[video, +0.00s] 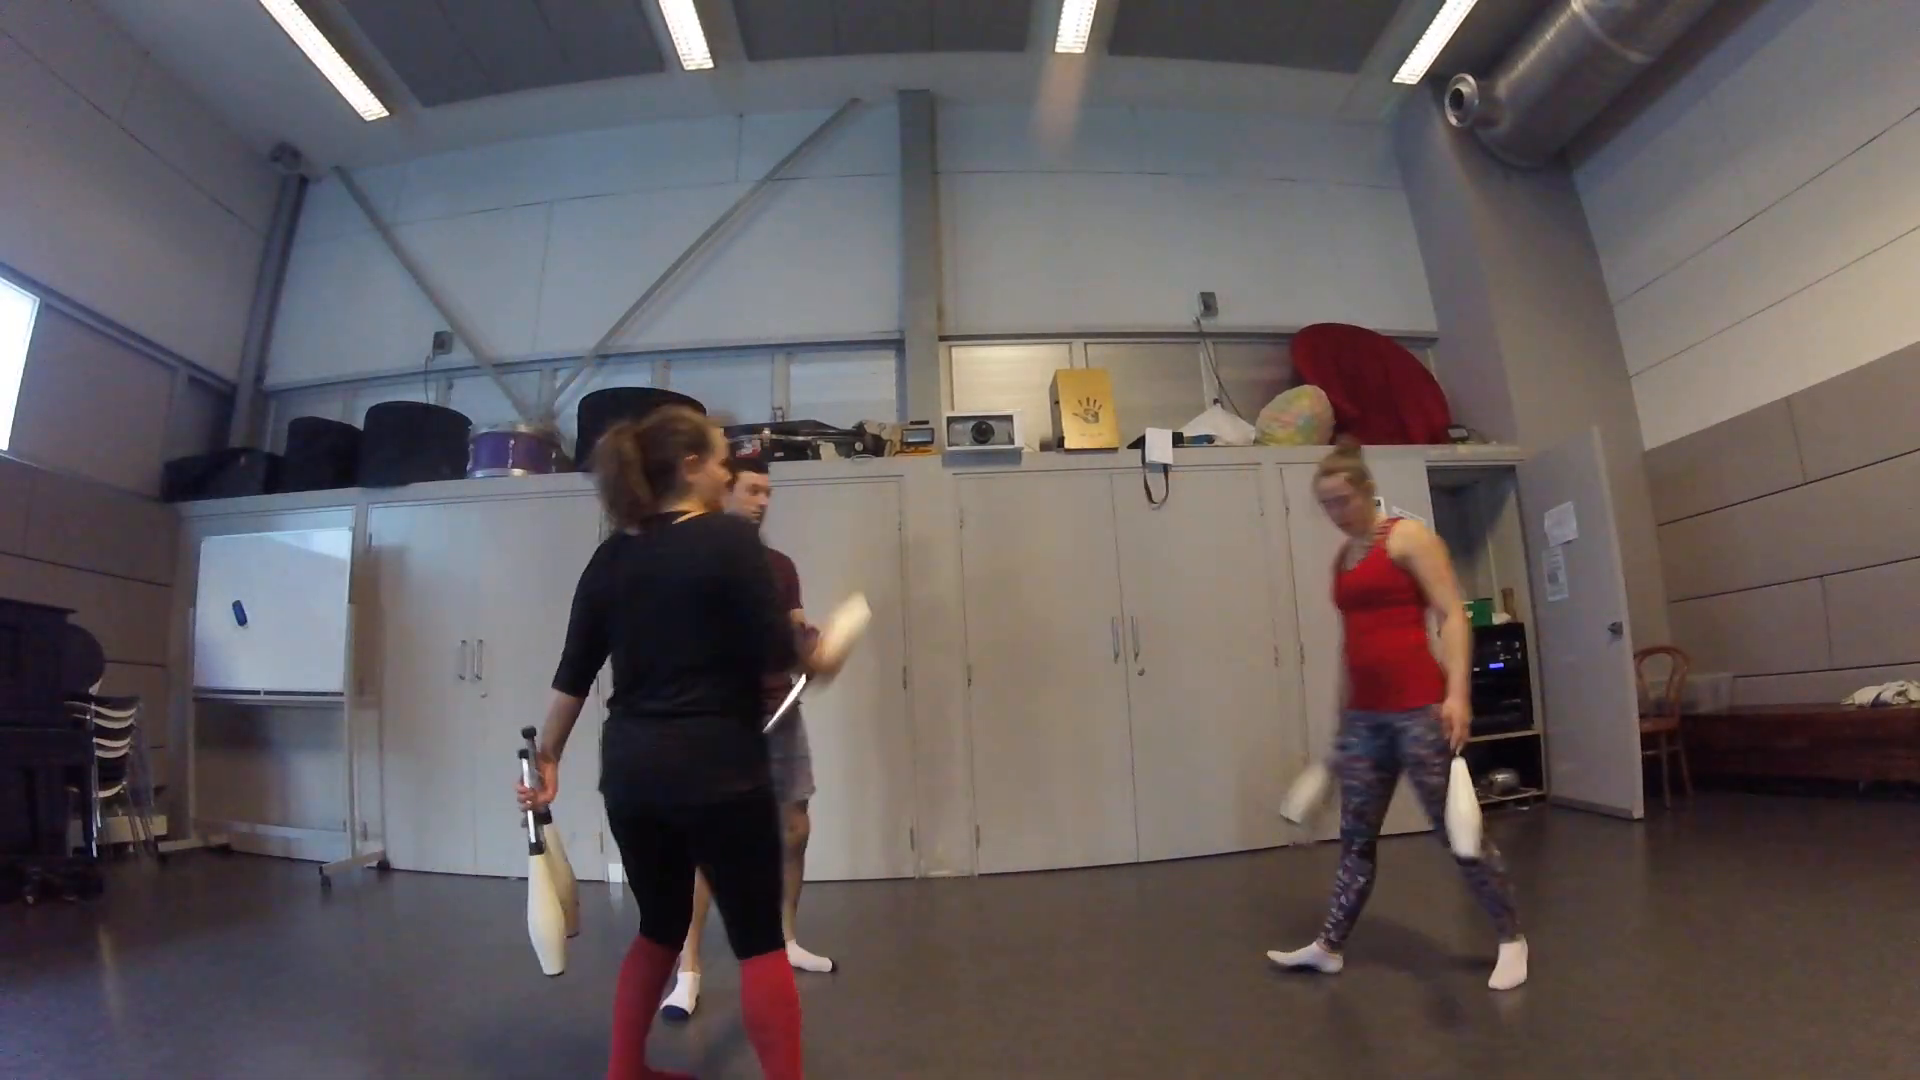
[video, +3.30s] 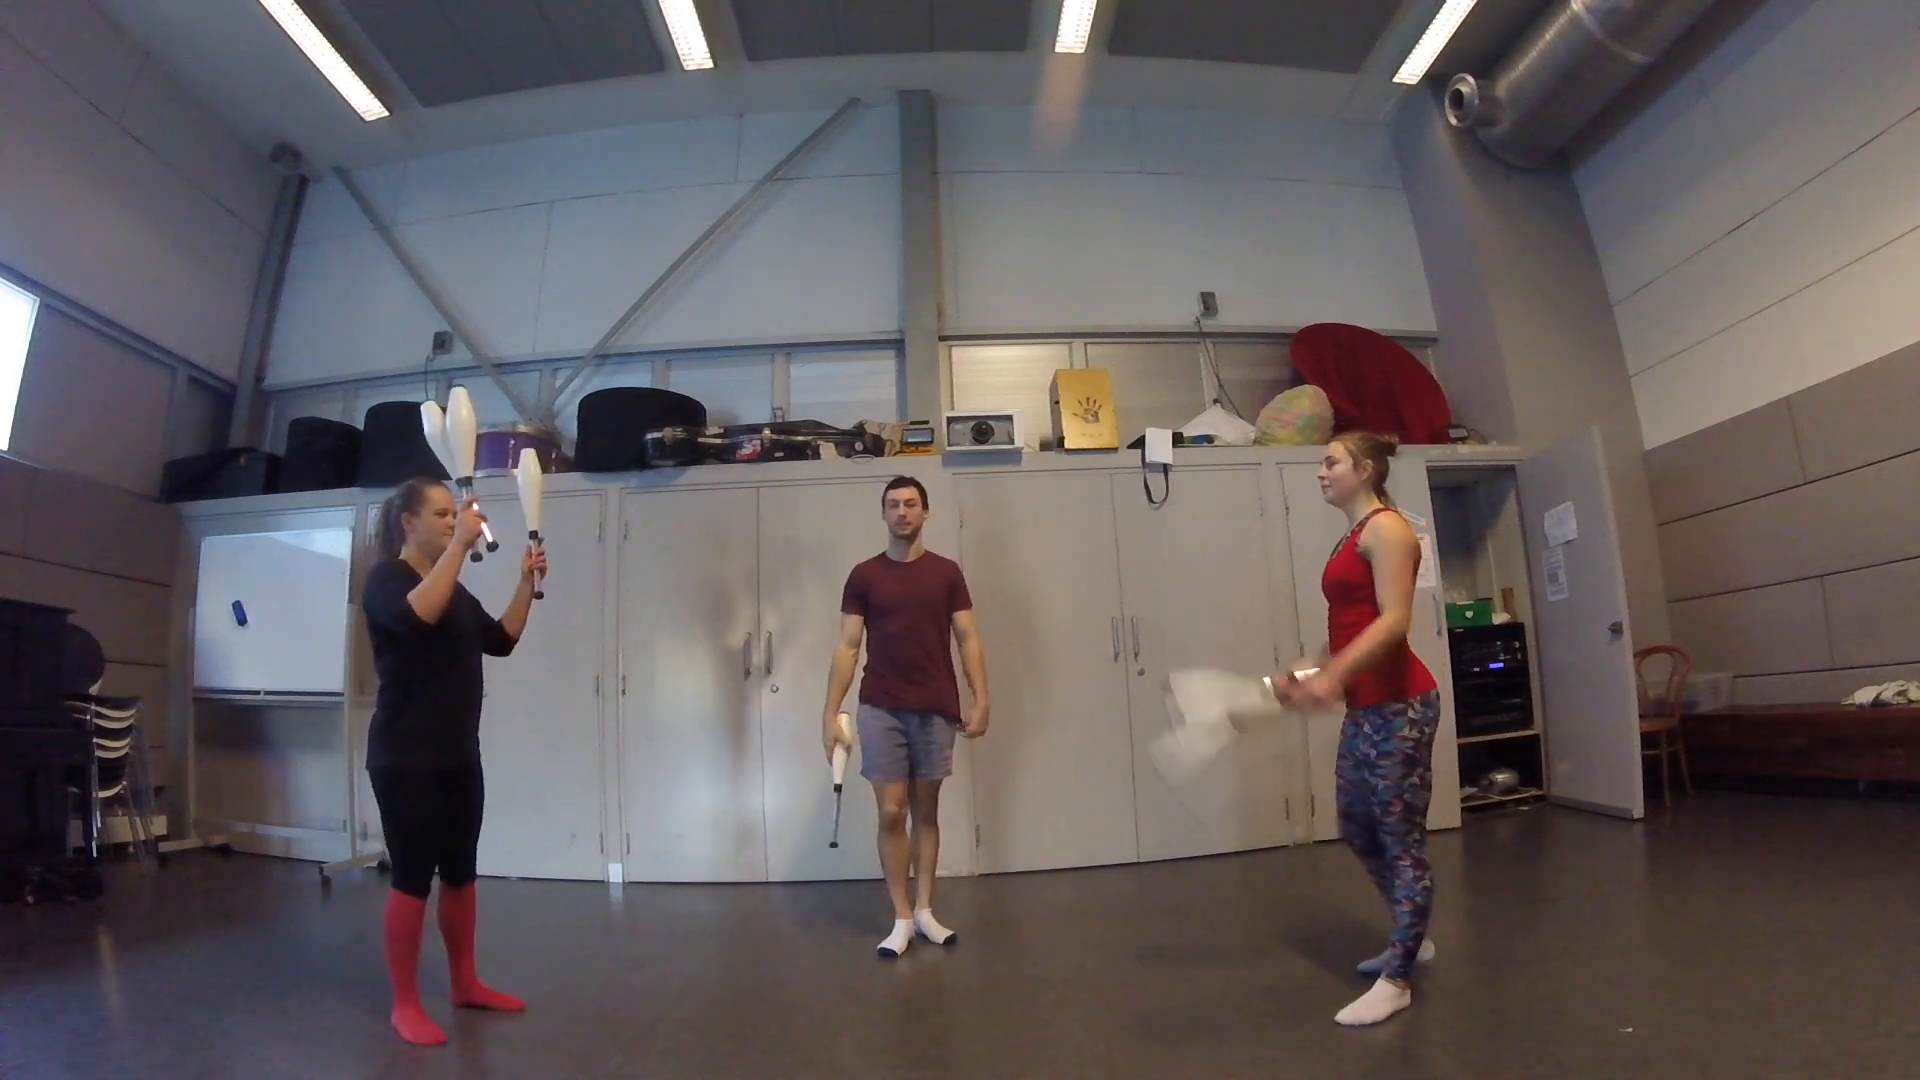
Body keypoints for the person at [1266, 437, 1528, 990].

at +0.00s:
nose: (1335, 512)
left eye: (1341, 499)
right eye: (1326, 503)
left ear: (1368, 491)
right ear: (1322, 505)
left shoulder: (1411, 538)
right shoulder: (1346, 556)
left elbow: (1453, 614)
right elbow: (1354, 644)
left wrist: (1457, 696)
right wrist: (1347, 718)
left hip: (1421, 711)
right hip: (1365, 716)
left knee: (1459, 827)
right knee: (1357, 836)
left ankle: (1511, 938)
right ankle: (1330, 944)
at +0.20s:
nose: (1379, 507)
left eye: (1386, 494)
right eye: (1370, 499)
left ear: (1411, 483)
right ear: (1366, 497)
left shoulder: (1455, 524)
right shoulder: (1388, 547)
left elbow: (1498, 596)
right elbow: (1409, 622)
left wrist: (1500, 675)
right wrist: (1404, 689)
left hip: (1466, 701)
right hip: (1408, 704)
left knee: (1482, 829)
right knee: (1393, 823)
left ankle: (1511, 942)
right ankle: (1381, 954)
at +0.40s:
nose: (1395, 503)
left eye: (1402, 491)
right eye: (1386, 495)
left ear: (1427, 479)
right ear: (1381, 493)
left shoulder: (1472, 527)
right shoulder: (1403, 541)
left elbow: (1491, 612)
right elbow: (1423, 620)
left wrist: (1475, 683)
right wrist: (1422, 690)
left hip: (1491, 698)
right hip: (1431, 703)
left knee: (1498, 828)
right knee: (1457, 830)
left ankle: (1514, 940)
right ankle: (1479, 964)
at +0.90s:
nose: (1348, 488)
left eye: (1357, 477)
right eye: (1345, 478)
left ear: (1392, 479)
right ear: (1357, 484)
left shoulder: (1433, 533)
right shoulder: (1370, 545)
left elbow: (1484, 615)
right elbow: (1375, 636)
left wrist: (1525, 691)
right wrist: (1361, 708)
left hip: (1445, 711)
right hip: (1388, 715)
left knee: (1472, 831)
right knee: (1397, 836)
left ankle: (1509, 944)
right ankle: (1381, 946)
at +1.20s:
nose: (1382, 466)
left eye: (1389, 461)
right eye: (1369, 457)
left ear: (1395, 477)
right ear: (1342, 473)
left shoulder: (1410, 532)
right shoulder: (1329, 545)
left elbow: (1434, 622)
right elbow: (1326, 636)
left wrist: (1439, 712)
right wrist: (1320, 711)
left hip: (1410, 708)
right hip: (1354, 711)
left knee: (1424, 837)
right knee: (1378, 835)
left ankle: (1478, 956)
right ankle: (1379, 949)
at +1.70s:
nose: (1329, 461)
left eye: (1339, 450)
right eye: (1330, 451)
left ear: (1373, 458)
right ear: (1364, 460)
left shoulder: (1395, 519)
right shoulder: (1375, 522)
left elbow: (1411, 623)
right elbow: (1388, 629)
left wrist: (1409, 717)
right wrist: (1359, 697)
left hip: (1417, 711)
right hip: (1383, 713)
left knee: (1418, 850)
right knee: (1370, 838)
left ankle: (1431, 999)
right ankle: (1367, 961)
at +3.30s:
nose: (1321, 473)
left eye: (1332, 463)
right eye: (1321, 464)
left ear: (1367, 470)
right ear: (1349, 473)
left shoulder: (1388, 528)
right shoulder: (1356, 533)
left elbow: (1396, 620)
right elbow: (1353, 632)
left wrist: (1334, 675)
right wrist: (1312, 675)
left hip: (1399, 707)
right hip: (1366, 709)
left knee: (1402, 836)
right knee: (1357, 828)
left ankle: (1396, 980)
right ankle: (1413, 936)